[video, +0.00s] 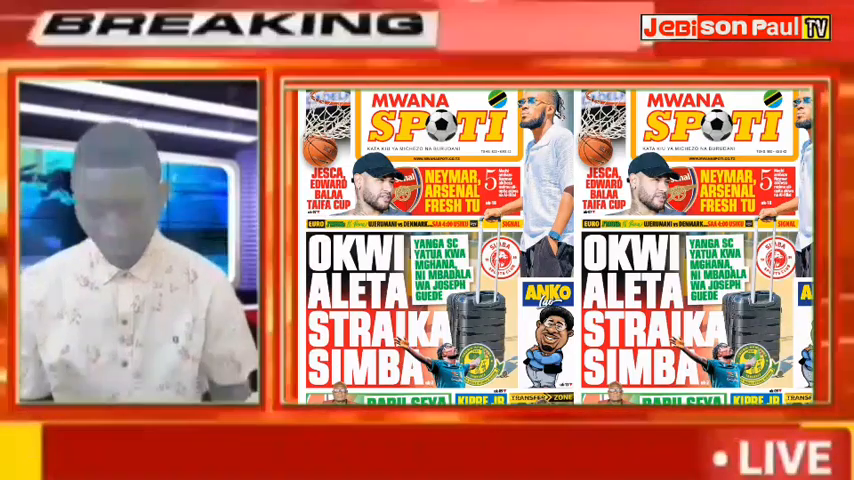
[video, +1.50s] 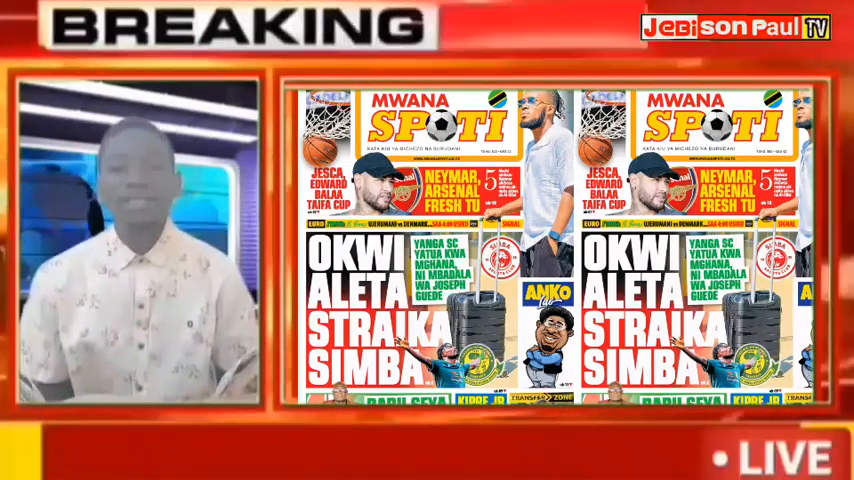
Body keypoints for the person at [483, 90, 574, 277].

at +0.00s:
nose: (523, 107)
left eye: (531, 101)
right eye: (522, 103)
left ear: (549, 110)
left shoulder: (563, 139)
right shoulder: (531, 147)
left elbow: (571, 192)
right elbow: (532, 196)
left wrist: (554, 238)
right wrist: (502, 211)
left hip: (551, 241)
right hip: (530, 242)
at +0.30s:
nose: (523, 107)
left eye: (531, 101)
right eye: (522, 103)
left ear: (549, 110)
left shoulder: (563, 139)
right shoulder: (531, 147)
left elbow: (571, 192)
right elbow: (532, 196)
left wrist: (554, 238)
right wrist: (502, 211)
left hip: (551, 241)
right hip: (530, 242)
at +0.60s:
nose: (523, 107)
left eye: (531, 101)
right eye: (522, 103)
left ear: (549, 110)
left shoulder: (563, 139)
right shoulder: (531, 147)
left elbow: (571, 192)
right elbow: (532, 196)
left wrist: (554, 238)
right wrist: (502, 211)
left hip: (551, 241)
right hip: (530, 242)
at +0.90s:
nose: (523, 107)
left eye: (531, 101)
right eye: (522, 103)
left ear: (550, 110)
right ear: (519, 108)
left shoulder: (563, 139)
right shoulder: (531, 147)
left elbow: (571, 192)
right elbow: (532, 195)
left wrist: (554, 238)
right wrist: (502, 211)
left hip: (551, 241)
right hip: (530, 242)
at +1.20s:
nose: (523, 107)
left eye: (531, 101)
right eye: (522, 103)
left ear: (550, 110)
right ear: (519, 108)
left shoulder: (563, 139)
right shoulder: (531, 147)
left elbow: (571, 192)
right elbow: (532, 195)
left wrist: (554, 238)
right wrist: (502, 211)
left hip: (551, 241)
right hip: (530, 242)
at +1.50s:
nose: (523, 107)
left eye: (531, 101)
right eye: (522, 103)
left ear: (550, 110)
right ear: (519, 108)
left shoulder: (563, 139)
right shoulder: (531, 147)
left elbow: (571, 192)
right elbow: (532, 195)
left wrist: (554, 238)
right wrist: (502, 211)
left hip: (551, 241)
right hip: (530, 242)